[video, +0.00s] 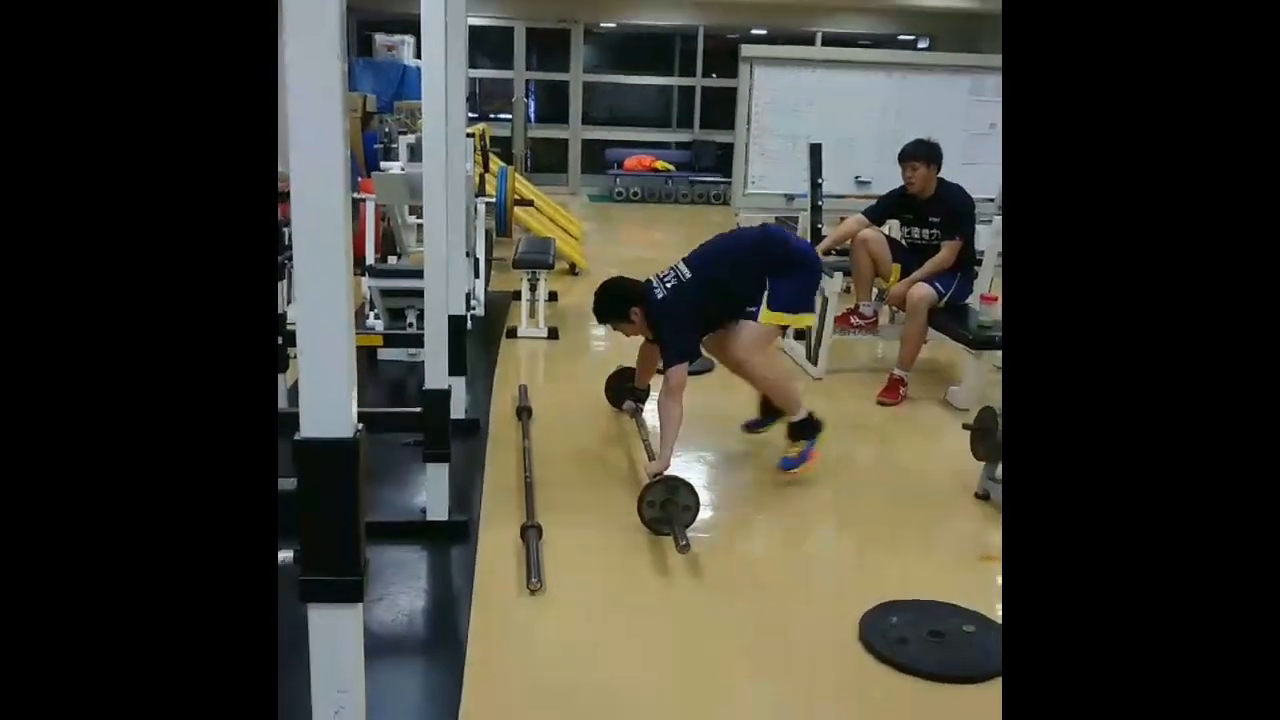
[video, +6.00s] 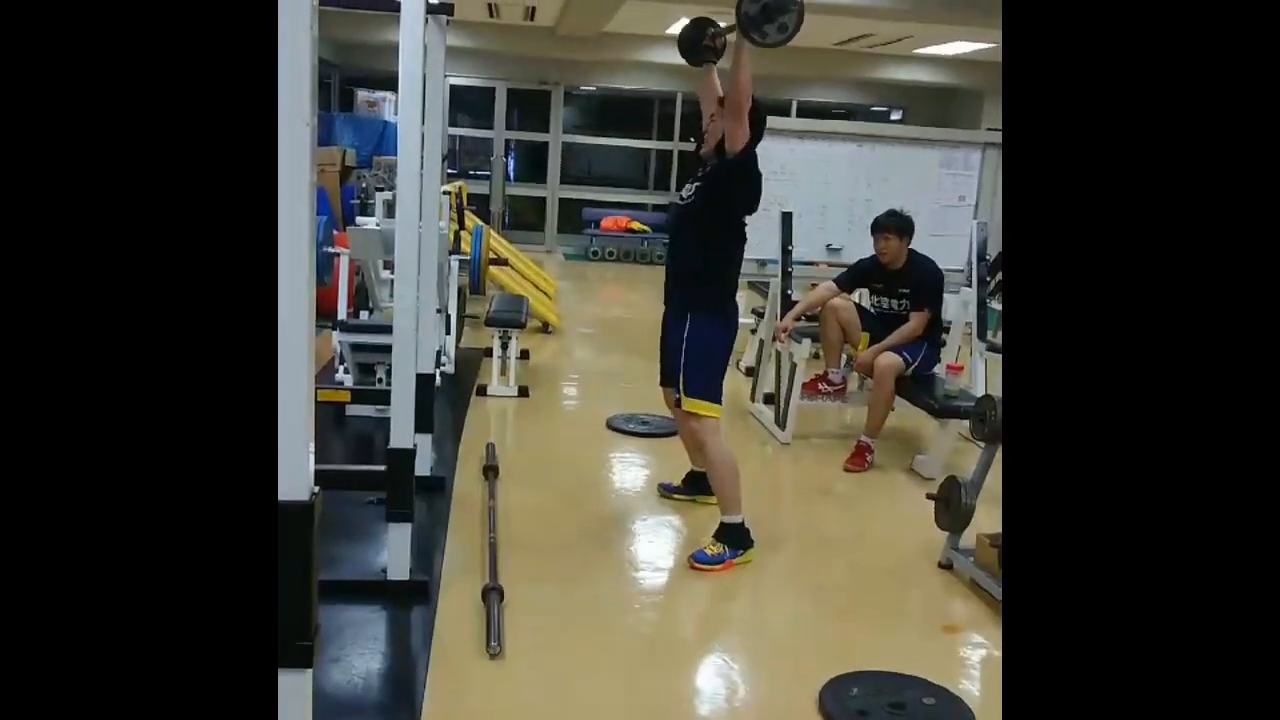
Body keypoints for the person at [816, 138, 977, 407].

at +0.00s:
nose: (907, 175)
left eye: (915, 169)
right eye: (904, 169)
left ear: (934, 170)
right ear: (901, 170)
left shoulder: (957, 199)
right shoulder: (899, 197)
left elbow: (947, 257)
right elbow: (858, 222)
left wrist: (906, 284)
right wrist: (819, 249)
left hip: (954, 273)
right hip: (914, 264)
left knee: (918, 295)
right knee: (864, 238)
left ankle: (899, 378)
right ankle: (864, 314)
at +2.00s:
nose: (893, 205)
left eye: (901, 199)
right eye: (890, 199)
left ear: (920, 201)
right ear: (886, 200)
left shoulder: (941, 231)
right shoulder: (884, 228)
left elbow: (932, 287)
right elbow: (843, 254)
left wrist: (889, 315)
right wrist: (805, 280)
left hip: (935, 304)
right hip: (895, 295)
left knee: (901, 325)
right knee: (849, 269)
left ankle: (883, 407)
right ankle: (849, 344)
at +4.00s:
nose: (884, 213)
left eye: (891, 207)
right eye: (881, 206)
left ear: (911, 208)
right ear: (877, 205)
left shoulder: (932, 238)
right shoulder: (875, 233)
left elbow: (922, 293)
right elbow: (833, 258)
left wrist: (880, 318)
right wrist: (796, 282)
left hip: (925, 308)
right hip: (888, 297)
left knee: (891, 331)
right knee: (839, 273)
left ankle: (872, 412)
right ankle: (839, 347)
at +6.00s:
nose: (881, 245)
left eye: (888, 239)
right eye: (877, 238)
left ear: (906, 241)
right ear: (873, 239)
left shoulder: (927, 272)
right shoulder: (869, 267)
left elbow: (916, 327)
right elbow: (828, 290)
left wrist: (873, 352)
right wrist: (791, 316)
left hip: (919, 342)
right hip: (880, 332)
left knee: (885, 364)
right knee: (834, 306)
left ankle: (866, 445)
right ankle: (834, 380)